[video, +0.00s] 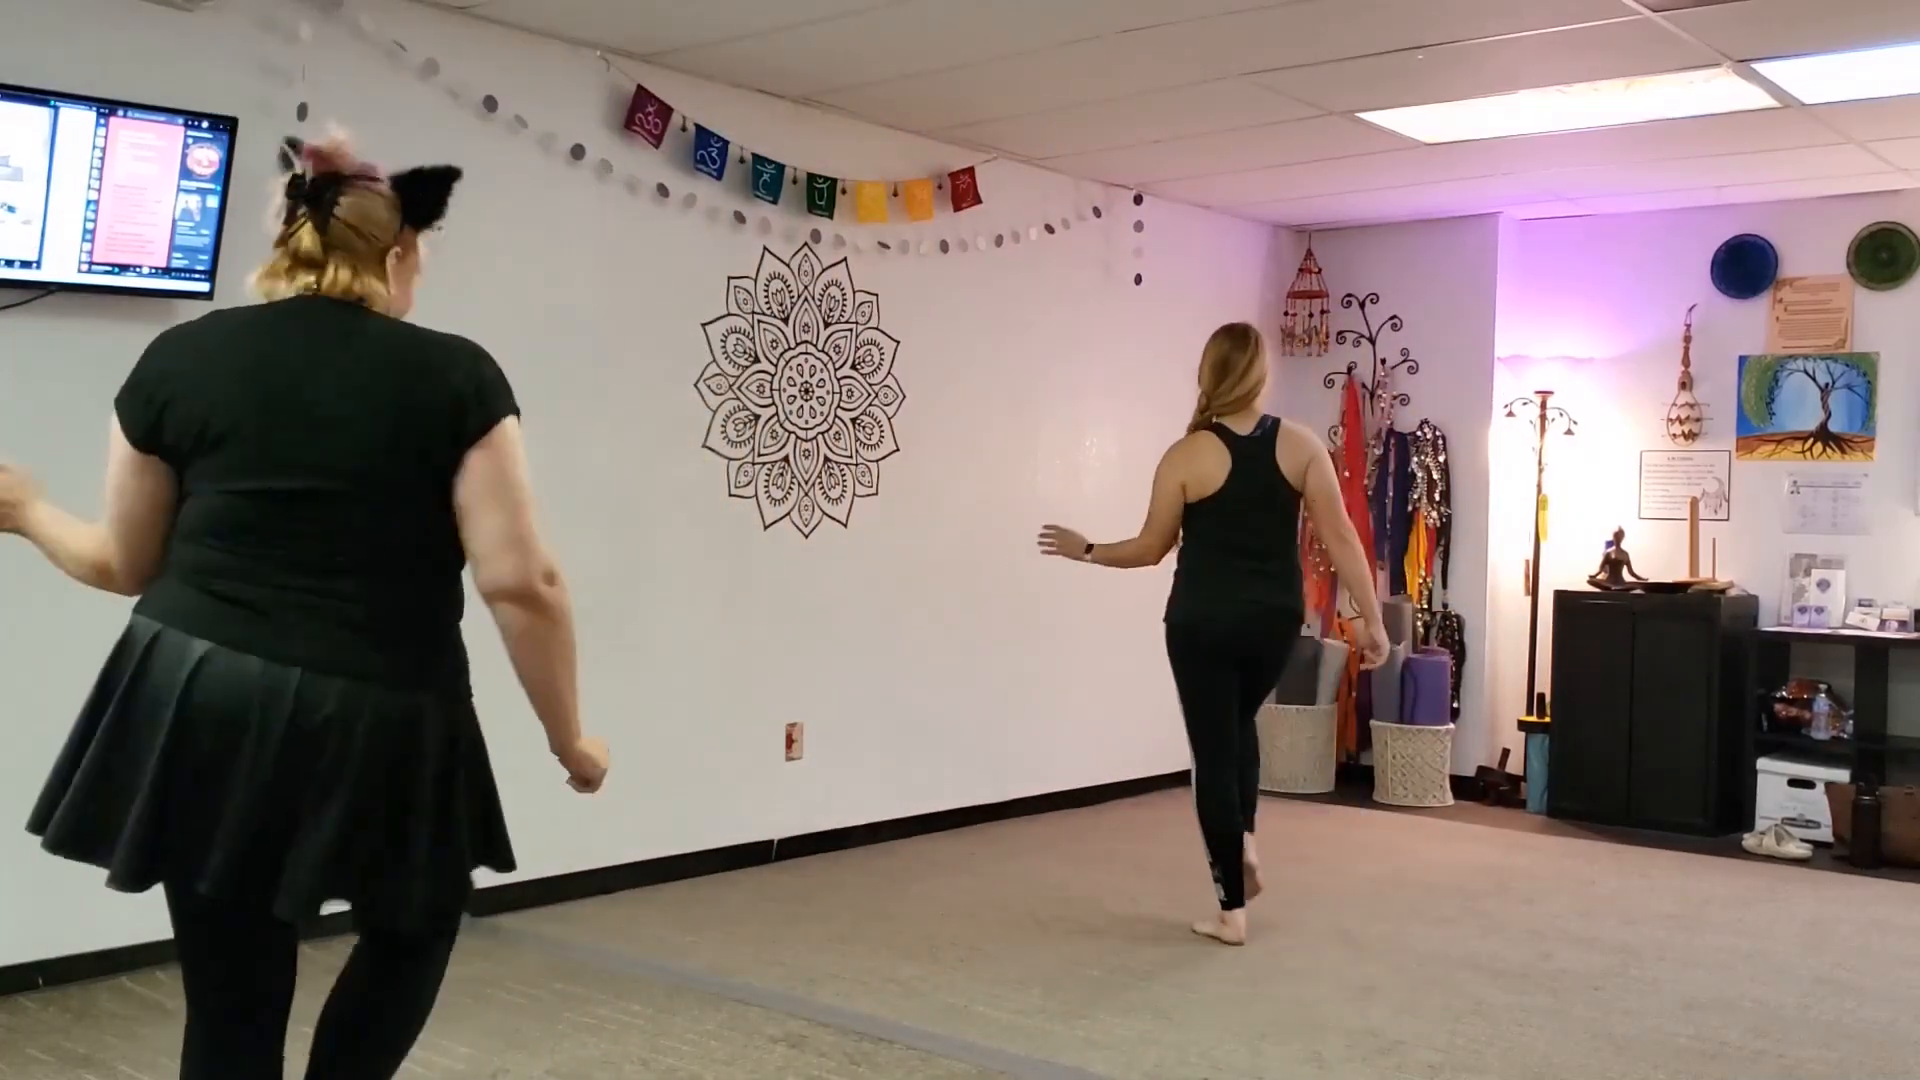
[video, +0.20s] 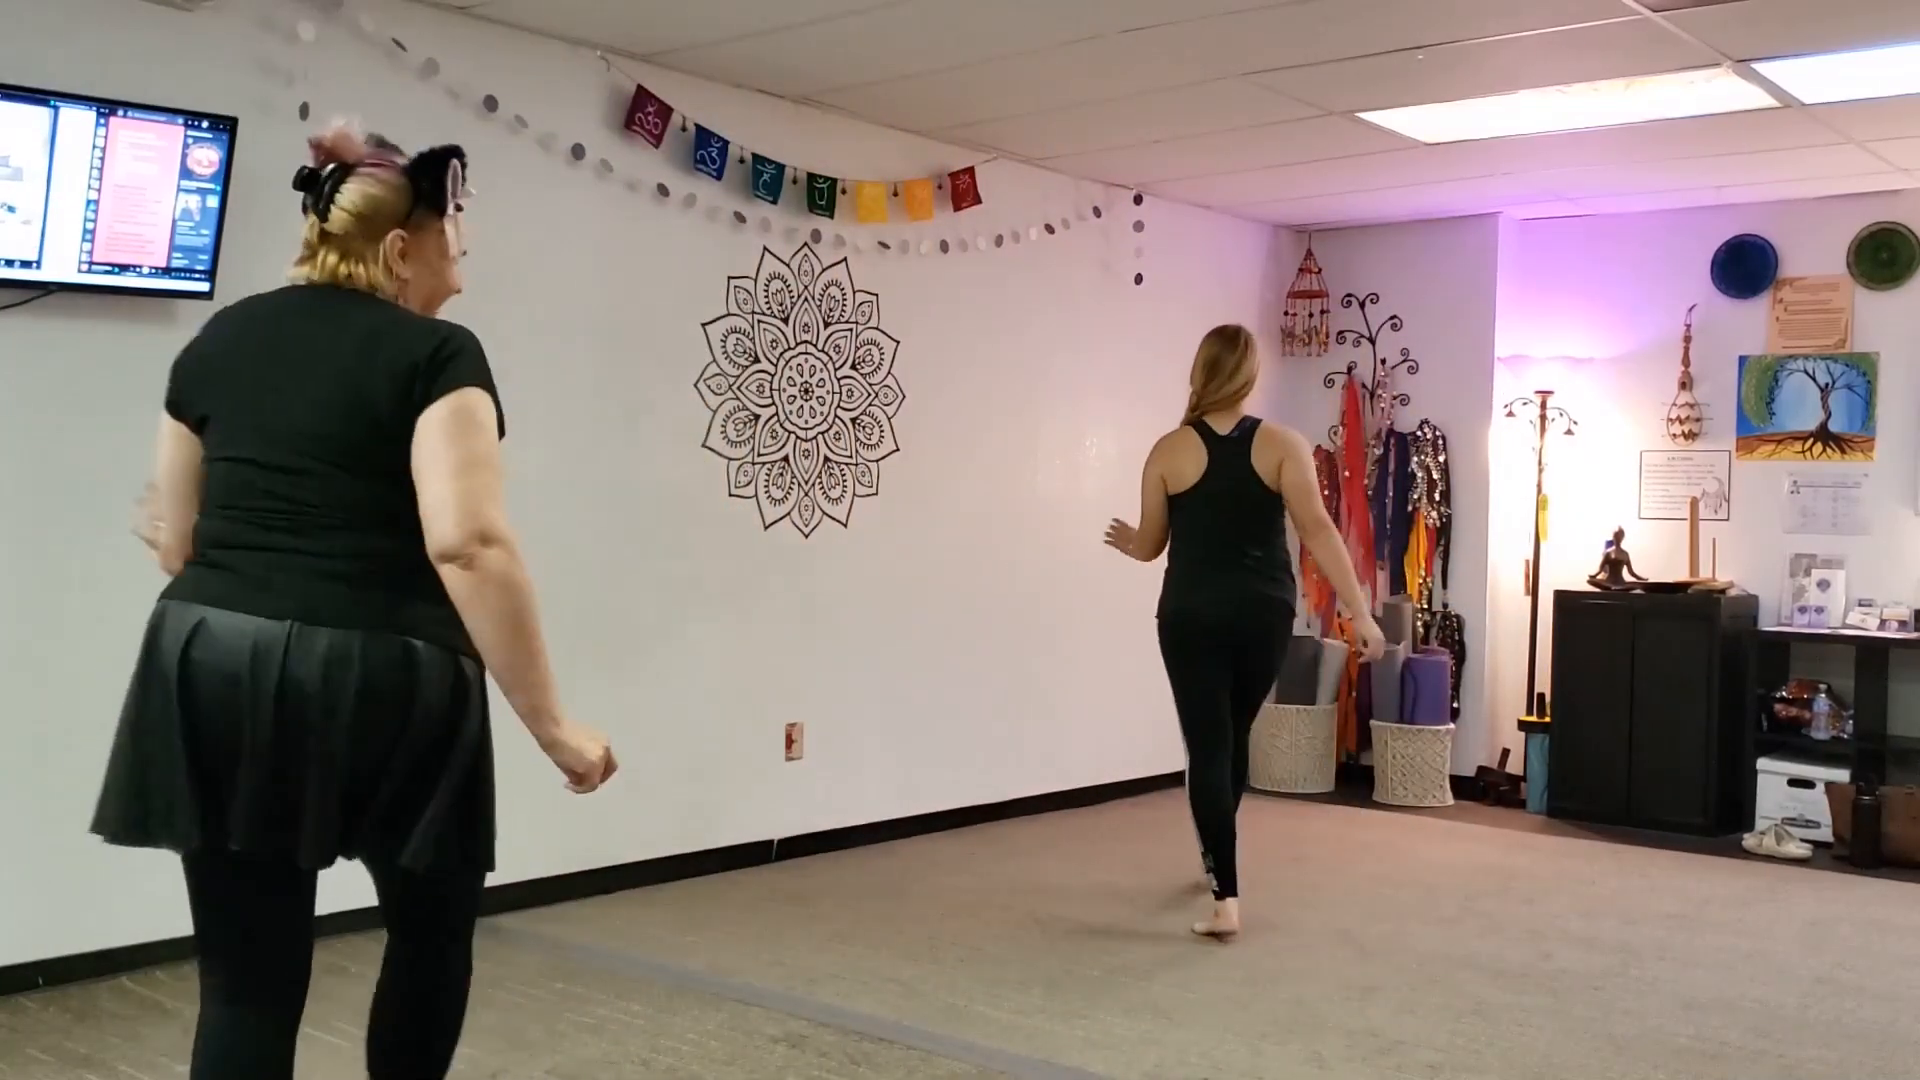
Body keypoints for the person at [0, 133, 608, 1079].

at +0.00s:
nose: (418, 281)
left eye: (419, 262)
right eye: (417, 261)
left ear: (285, 245)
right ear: (395, 256)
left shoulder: (182, 358)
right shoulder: (452, 376)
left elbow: (126, 565)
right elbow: (517, 580)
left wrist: (26, 511)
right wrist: (569, 737)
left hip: (203, 700)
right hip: (382, 716)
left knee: (232, 1004)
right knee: (416, 922)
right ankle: (340, 1072)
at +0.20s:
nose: (460, 275)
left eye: (460, 253)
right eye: (454, 253)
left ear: (330, 245)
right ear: (400, 252)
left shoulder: (224, 334)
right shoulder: (435, 352)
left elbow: (169, 532)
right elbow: (467, 542)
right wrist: (551, 722)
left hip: (216, 664)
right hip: (394, 677)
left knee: (246, 980)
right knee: (431, 935)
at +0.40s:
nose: (487, 290)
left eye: (489, 271)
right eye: (480, 270)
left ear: (386, 262)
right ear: (421, 267)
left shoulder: (281, 356)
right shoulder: (448, 366)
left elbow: (259, 518)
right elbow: (462, 541)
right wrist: (537, 723)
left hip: (260, 672)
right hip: (408, 690)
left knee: (273, 981)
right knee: (450, 975)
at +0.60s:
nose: (536, 283)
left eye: (536, 261)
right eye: (528, 260)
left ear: (439, 260)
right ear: (468, 263)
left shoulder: (358, 358)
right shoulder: (477, 370)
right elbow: (480, 539)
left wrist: (438, 205)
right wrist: (541, 720)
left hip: (350, 670)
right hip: (476, 688)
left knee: (341, 957)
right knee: (503, 955)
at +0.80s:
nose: (588, 297)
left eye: (590, 277)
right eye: (580, 275)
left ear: (503, 266)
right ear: (521, 271)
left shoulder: (432, 357)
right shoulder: (517, 379)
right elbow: (506, 546)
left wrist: (500, 200)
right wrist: (541, 717)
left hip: (437, 657)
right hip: (542, 671)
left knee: (422, 923)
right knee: (532, 944)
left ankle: (321, 1071)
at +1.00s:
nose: (648, 318)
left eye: (650, 299)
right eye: (636, 296)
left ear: (566, 292)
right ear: (569, 290)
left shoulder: (507, 369)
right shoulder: (534, 384)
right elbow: (528, 550)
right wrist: (650, 675)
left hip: (504, 645)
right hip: (545, 661)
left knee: (615, 854)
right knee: (584, 889)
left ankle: (432, 921)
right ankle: (504, 1068)